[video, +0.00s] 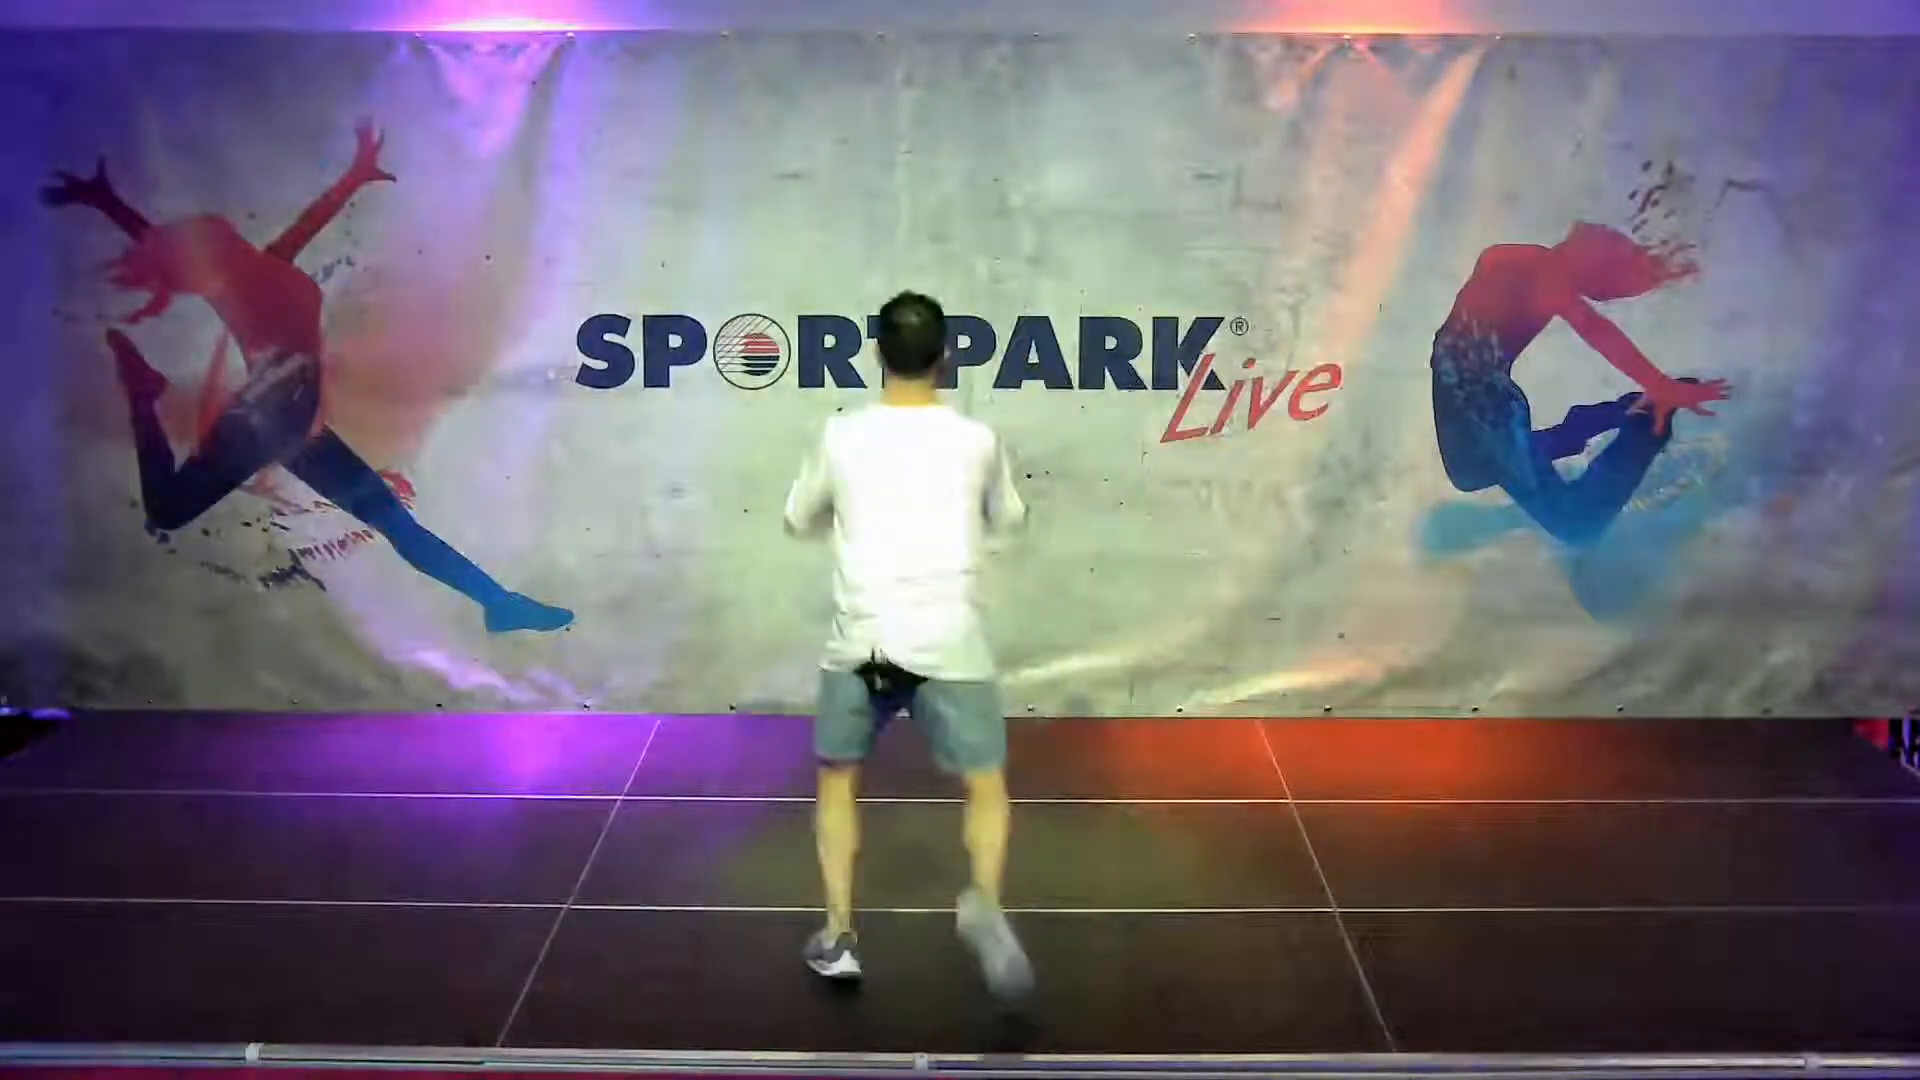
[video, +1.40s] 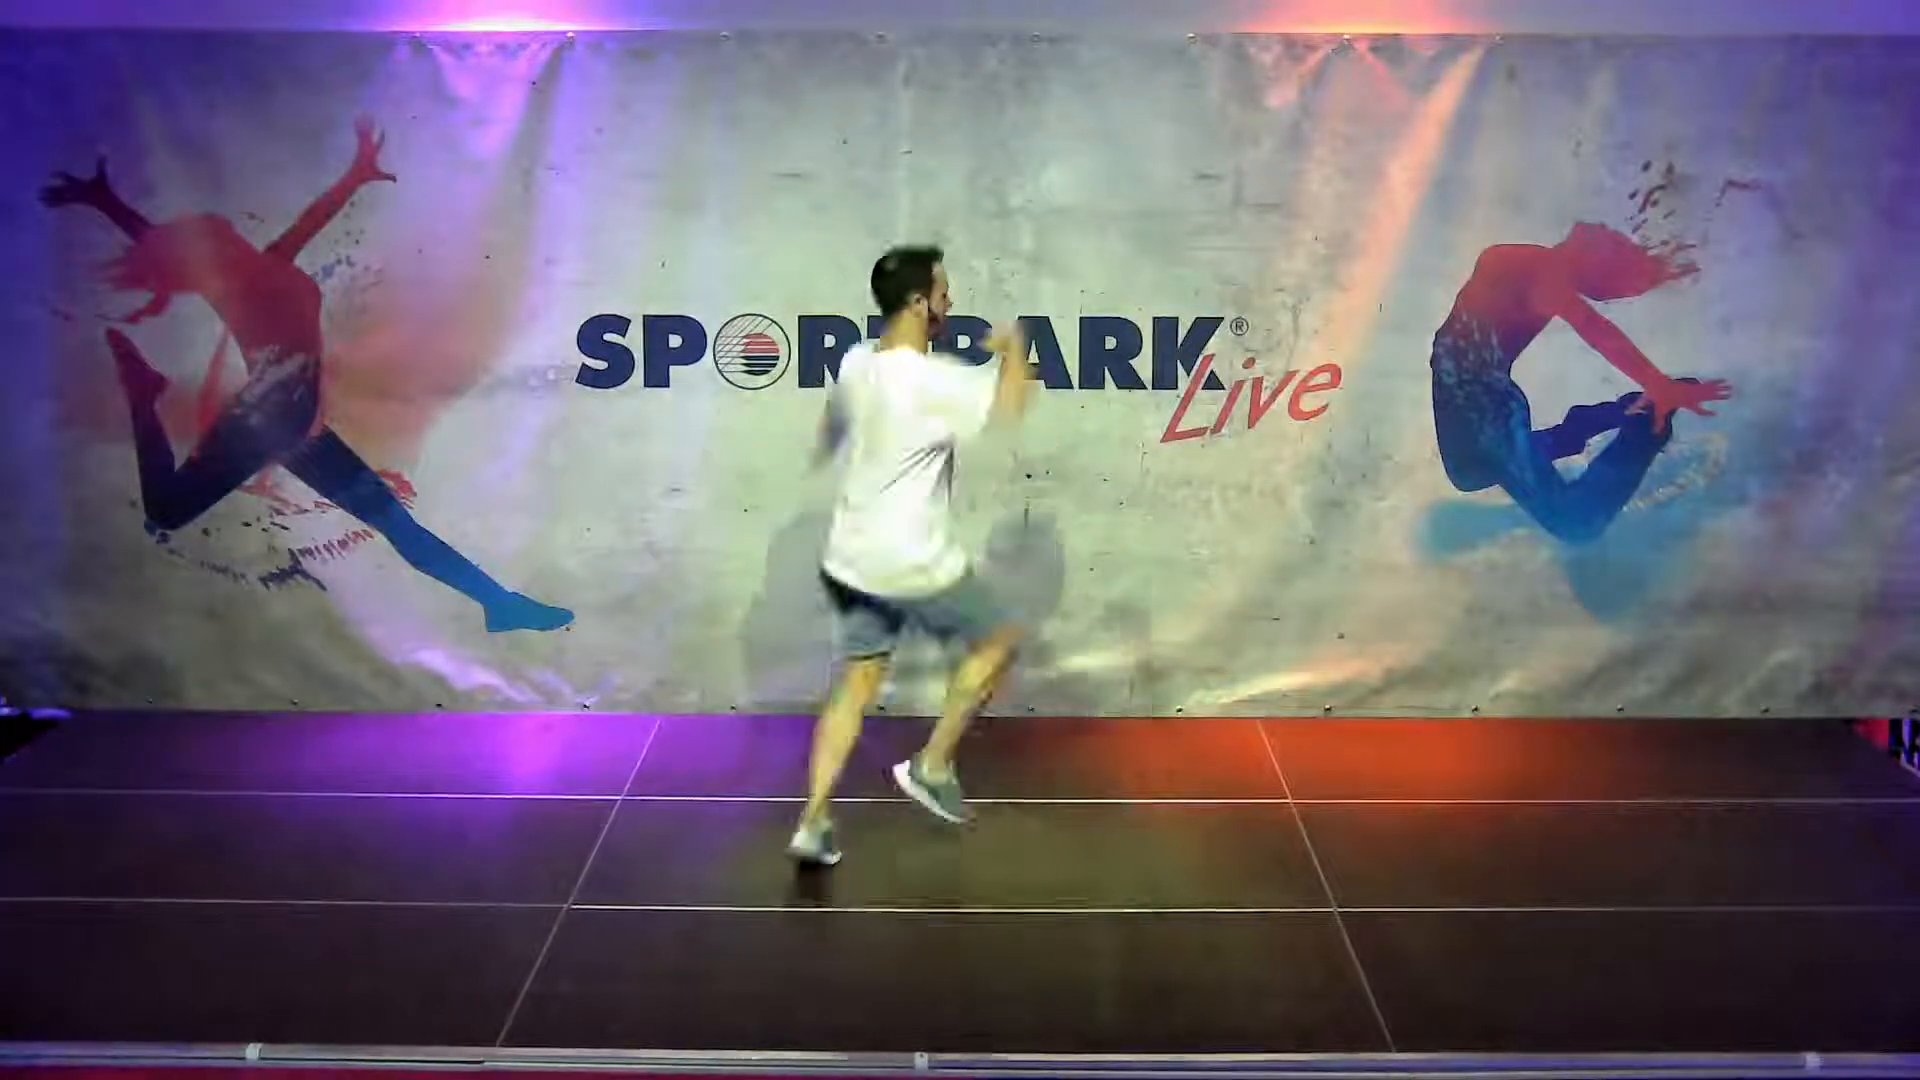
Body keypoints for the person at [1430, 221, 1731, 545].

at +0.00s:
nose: (1597, 286)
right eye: (1605, 279)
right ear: (1591, 243)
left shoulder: (1551, 282)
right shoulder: (1536, 266)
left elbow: (1596, 329)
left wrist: (1657, 384)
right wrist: (1647, 266)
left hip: (1486, 396)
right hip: (1455, 386)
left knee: (1574, 525)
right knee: (1468, 474)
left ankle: (1648, 425)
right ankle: (1568, 438)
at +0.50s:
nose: (1597, 284)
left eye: (1605, 281)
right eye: (1605, 278)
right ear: (1592, 243)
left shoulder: (1551, 283)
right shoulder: (1534, 265)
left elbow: (1596, 330)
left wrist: (1657, 383)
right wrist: (1649, 266)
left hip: (1485, 396)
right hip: (1455, 385)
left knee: (1575, 524)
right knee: (1468, 474)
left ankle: (1647, 426)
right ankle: (1569, 437)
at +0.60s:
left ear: (1591, 247)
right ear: (1593, 240)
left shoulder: (1548, 281)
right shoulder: (1536, 266)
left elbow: (1597, 330)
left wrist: (1657, 384)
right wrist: (1649, 271)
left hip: (1486, 400)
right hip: (1454, 389)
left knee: (1575, 524)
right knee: (1468, 474)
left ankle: (1647, 427)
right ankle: (1571, 436)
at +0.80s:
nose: (1599, 230)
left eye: (1605, 245)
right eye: (1611, 239)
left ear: (1592, 249)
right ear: (1593, 237)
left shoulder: (1547, 281)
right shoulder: (1535, 265)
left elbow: (1596, 329)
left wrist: (1657, 383)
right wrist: (1649, 272)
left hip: (1487, 401)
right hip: (1454, 390)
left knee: (1575, 524)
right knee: (1468, 474)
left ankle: (1648, 425)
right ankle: (1570, 436)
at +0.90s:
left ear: (1588, 244)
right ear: (1592, 240)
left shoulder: (1547, 280)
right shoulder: (1537, 266)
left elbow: (1596, 329)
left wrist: (1657, 383)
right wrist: (1648, 271)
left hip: (1486, 400)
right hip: (1455, 388)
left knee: (1575, 524)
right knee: (1468, 474)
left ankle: (1647, 426)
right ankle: (1570, 437)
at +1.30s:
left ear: (1589, 244)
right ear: (1592, 238)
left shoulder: (1547, 281)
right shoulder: (1535, 265)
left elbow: (1596, 329)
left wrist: (1657, 383)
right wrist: (1648, 271)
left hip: (1486, 401)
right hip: (1455, 390)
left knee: (1575, 524)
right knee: (1467, 474)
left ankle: (1647, 426)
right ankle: (1570, 437)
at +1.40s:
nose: (1599, 231)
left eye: (1604, 245)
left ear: (1589, 245)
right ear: (1592, 237)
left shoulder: (1547, 281)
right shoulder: (1536, 265)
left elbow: (1596, 329)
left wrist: (1657, 383)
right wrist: (1648, 272)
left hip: (1486, 401)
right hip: (1455, 390)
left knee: (1575, 524)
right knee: (1467, 474)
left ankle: (1647, 426)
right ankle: (1570, 437)